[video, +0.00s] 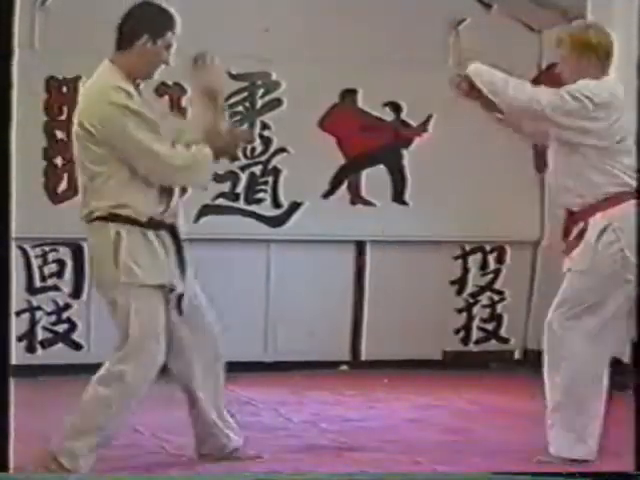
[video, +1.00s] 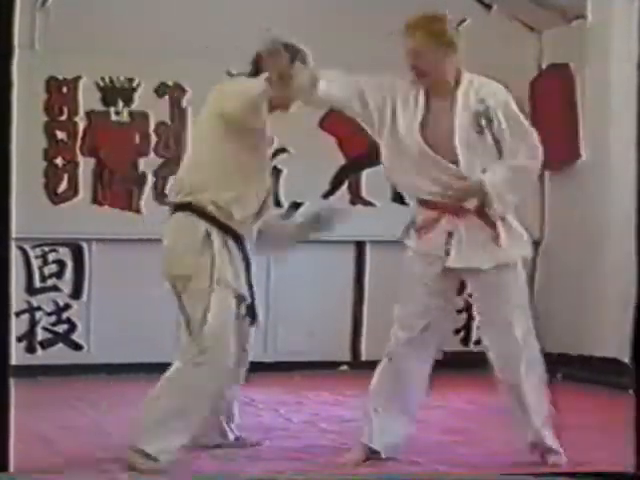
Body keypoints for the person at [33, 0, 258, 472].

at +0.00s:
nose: (168, 57)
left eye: (170, 47)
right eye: (166, 46)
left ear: (136, 42)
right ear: (143, 42)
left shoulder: (128, 93)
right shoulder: (106, 97)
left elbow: (172, 140)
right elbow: (162, 165)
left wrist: (212, 119)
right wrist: (212, 151)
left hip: (154, 236)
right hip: (123, 236)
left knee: (200, 339)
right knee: (142, 352)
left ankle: (217, 442)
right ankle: (68, 459)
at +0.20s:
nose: (175, 51)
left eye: (178, 42)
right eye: (173, 41)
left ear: (148, 35)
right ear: (150, 34)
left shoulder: (150, 91)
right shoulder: (113, 90)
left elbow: (199, 131)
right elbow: (145, 170)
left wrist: (265, 116)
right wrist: (192, 179)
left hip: (172, 228)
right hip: (136, 231)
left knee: (212, 334)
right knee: (162, 347)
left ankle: (219, 445)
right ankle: (104, 457)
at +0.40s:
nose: (187, 54)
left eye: (189, 44)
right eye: (185, 43)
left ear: (167, 37)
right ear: (161, 34)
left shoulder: (164, 98)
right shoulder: (113, 94)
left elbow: (206, 147)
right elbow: (132, 177)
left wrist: (268, 123)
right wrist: (185, 190)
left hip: (171, 233)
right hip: (133, 234)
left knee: (211, 330)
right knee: (156, 348)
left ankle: (214, 444)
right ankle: (107, 455)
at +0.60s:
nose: (206, 71)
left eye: (209, 61)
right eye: (205, 59)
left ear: (180, 55)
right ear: (183, 53)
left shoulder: (171, 108)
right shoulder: (142, 105)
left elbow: (197, 181)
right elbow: (165, 196)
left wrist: (226, 147)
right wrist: (210, 214)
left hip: (172, 247)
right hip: (141, 247)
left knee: (218, 330)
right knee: (165, 358)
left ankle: (227, 433)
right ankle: (107, 456)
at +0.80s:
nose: (240, 84)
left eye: (240, 75)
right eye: (236, 74)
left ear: (203, 70)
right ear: (216, 70)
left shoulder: (174, 103)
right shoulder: (202, 101)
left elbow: (198, 175)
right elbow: (249, 156)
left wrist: (243, 176)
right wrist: (278, 157)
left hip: (183, 248)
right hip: (178, 250)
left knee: (220, 339)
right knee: (182, 361)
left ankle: (217, 429)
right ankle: (112, 454)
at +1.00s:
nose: (294, 99)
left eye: (299, 91)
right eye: (293, 86)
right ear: (271, 71)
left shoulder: (260, 141)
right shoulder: (229, 93)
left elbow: (261, 226)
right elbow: (242, 103)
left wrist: (313, 219)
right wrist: (272, 83)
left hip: (227, 243)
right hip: (198, 232)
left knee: (233, 340)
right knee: (215, 344)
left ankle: (214, 428)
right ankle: (150, 445)